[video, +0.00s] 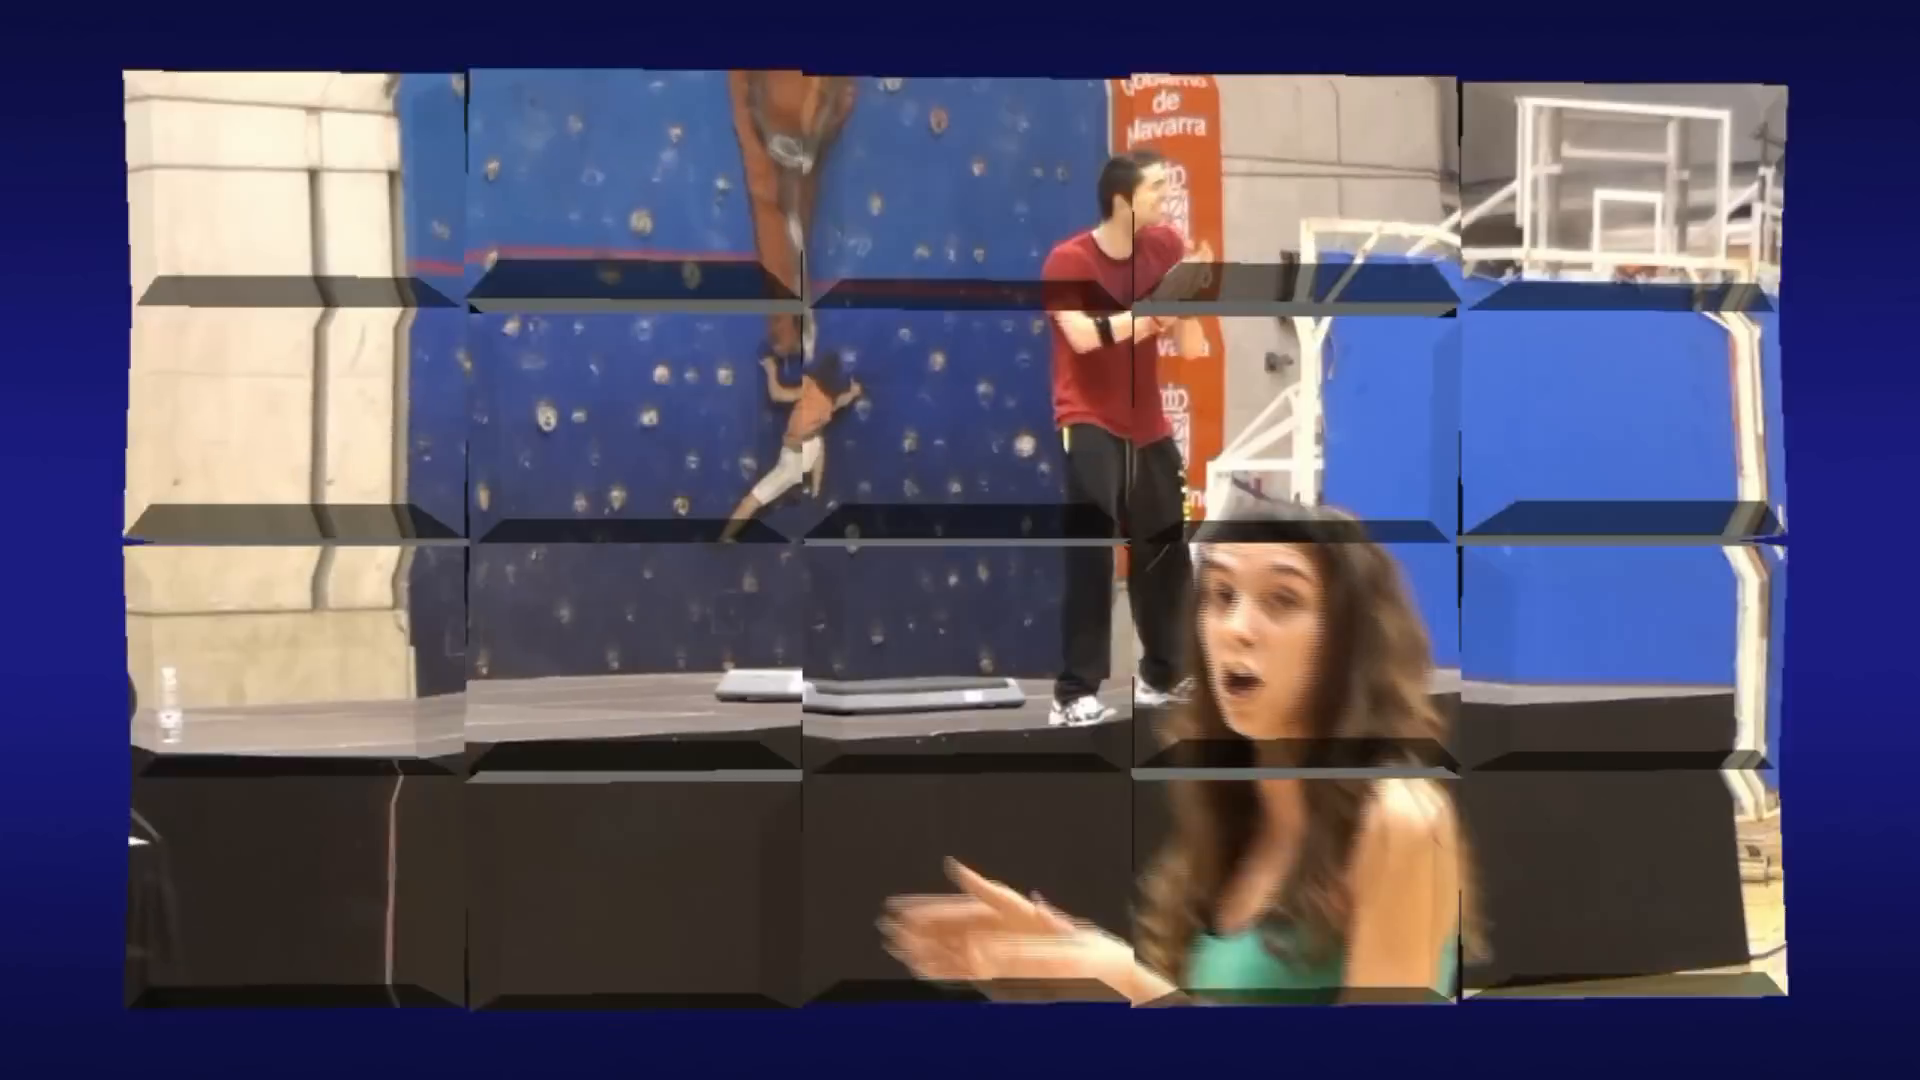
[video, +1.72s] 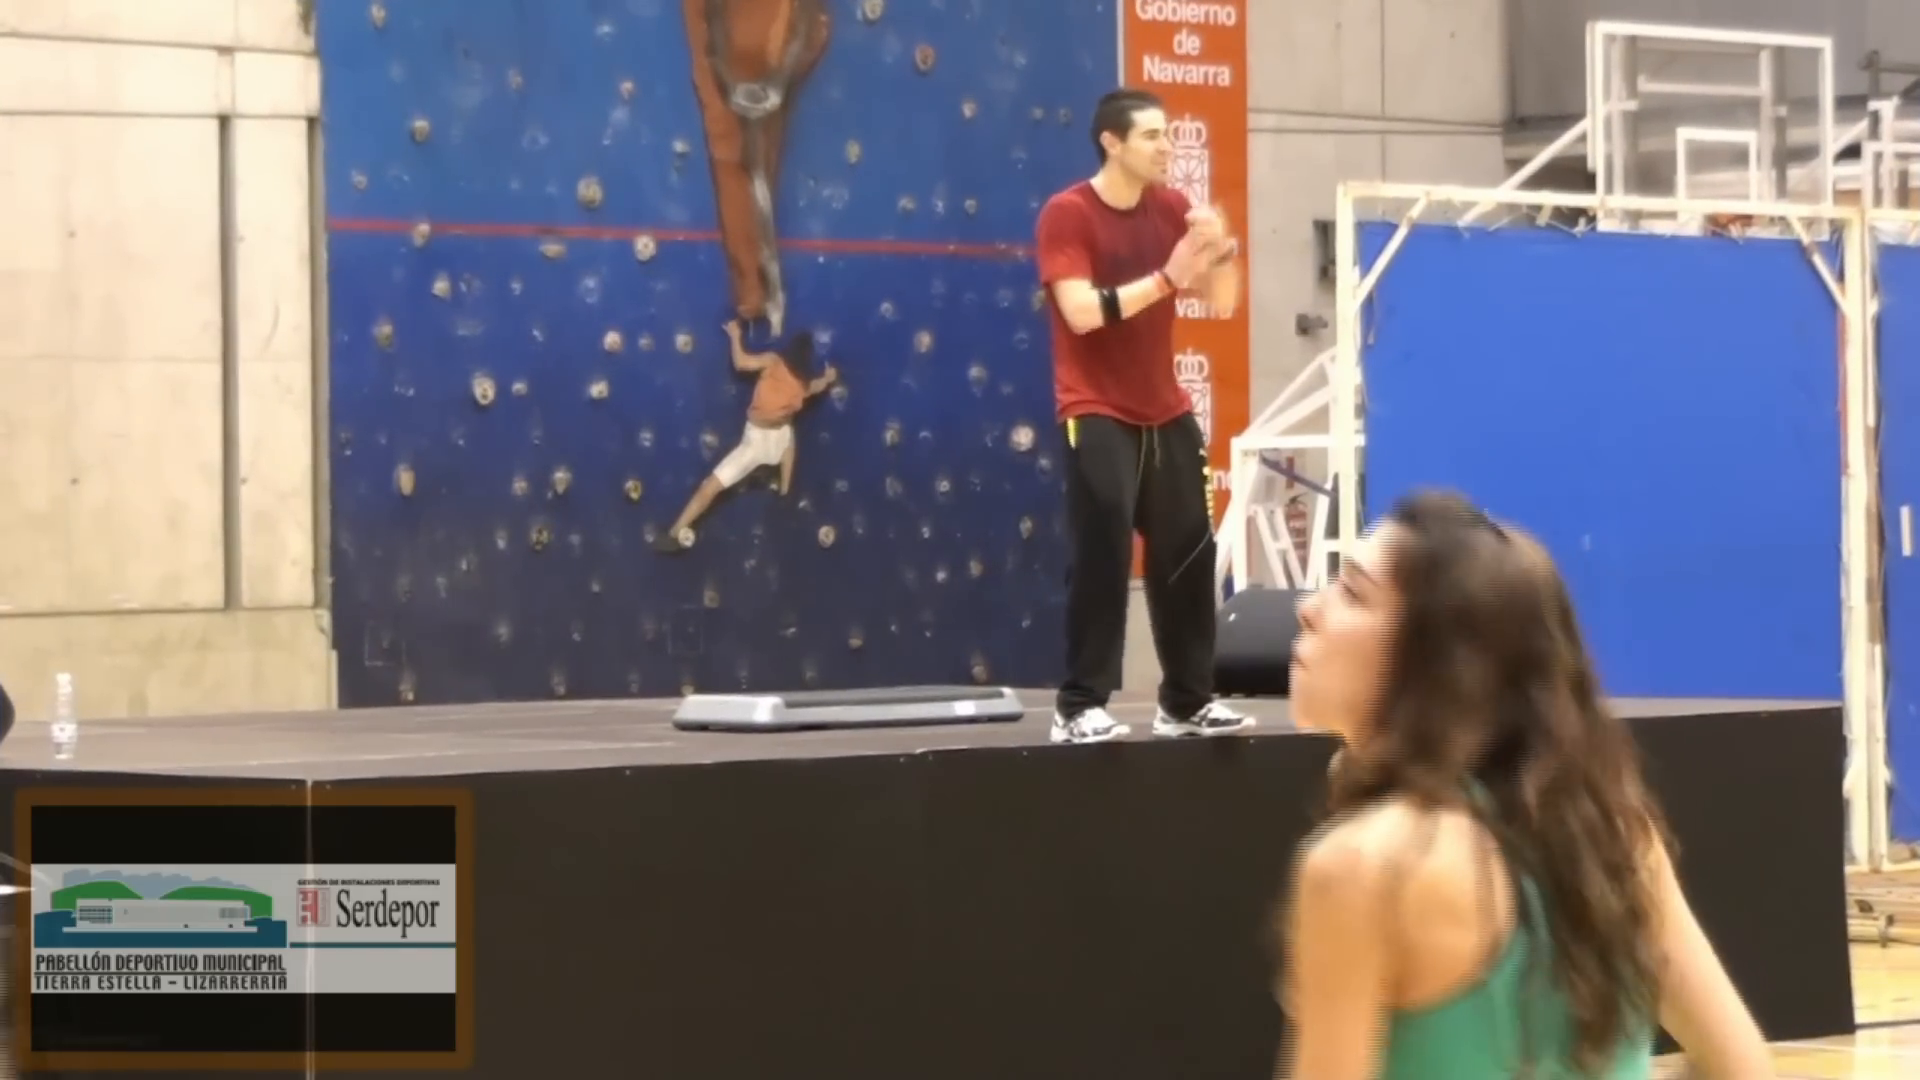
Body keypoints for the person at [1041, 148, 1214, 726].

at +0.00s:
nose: (1166, 197)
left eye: (1166, 187)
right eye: (1156, 188)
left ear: (1135, 198)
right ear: (1121, 198)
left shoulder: (1165, 247)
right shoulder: (1068, 259)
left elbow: (1189, 344)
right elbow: (1080, 336)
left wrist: (1184, 299)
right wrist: (1144, 320)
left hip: (1148, 423)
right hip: (1090, 420)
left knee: (1164, 551)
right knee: (1090, 549)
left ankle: (1163, 677)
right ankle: (1078, 690)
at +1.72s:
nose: (1164, 147)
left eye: (1166, 135)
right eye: (1150, 136)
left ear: (1163, 142)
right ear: (1111, 143)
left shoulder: (1171, 209)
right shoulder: (1066, 213)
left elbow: (1218, 299)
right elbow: (1080, 314)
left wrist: (1218, 249)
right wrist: (1168, 279)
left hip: (1165, 406)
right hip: (1095, 408)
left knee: (1187, 550)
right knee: (1105, 548)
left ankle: (1189, 700)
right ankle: (1083, 705)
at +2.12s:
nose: (1168, 140)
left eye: (1169, 129)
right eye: (1154, 130)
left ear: (1166, 138)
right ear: (1115, 138)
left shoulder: (1181, 205)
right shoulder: (1069, 204)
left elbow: (1216, 288)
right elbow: (1038, 285)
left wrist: (1234, 299)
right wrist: (1093, 216)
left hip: (1166, 403)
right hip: (1092, 401)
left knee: (1181, 550)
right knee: (1096, 548)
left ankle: (1189, 699)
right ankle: (1082, 703)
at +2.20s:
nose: (1169, 140)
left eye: (1170, 129)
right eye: (1156, 129)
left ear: (1165, 138)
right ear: (1117, 137)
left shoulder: (1182, 205)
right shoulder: (1074, 196)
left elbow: (1204, 293)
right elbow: (1031, 236)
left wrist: (1225, 316)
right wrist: (1080, 169)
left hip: (1165, 401)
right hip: (1094, 399)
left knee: (1180, 552)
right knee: (1093, 547)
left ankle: (1187, 699)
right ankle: (1081, 703)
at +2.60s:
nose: (1177, 141)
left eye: (1177, 130)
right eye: (1164, 130)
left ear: (1169, 142)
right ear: (1124, 139)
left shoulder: (1183, 208)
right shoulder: (1077, 197)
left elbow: (1206, 286)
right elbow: (1016, 199)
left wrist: (1217, 301)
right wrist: (1093, 247)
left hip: (1163, 407)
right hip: (1094, 408)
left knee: (1180, 555)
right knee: (1093, 558)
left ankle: (1187, 699)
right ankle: (1080, 704)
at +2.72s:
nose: (1170, 143)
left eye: (1172, 132)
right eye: (1157, 132)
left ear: (1170, 139)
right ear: (1118, 137)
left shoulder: (1182, 204)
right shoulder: (1071, 202)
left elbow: (1251, 251)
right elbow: (1004, 242)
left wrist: (1264, 232)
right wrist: (1081, 287)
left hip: (1159, 403)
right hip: (1087, 405)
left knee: (1178, 550)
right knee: (1093, 551)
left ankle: (1188, 700)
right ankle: (1082, 704)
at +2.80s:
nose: (1167, 148)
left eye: (1171, 137)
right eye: (1155, 137)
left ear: (1168, 142)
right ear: (1115, 137)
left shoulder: (1183, 197)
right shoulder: (1065, 204)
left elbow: (1274, 211)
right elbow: (1000, 269)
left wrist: (1313, 161)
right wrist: (1075, 306)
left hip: (1158, 403)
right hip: (1085, 405)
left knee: (1176, 551)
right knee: (1090, 553)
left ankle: (1188, 701)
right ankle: (1081, 705)